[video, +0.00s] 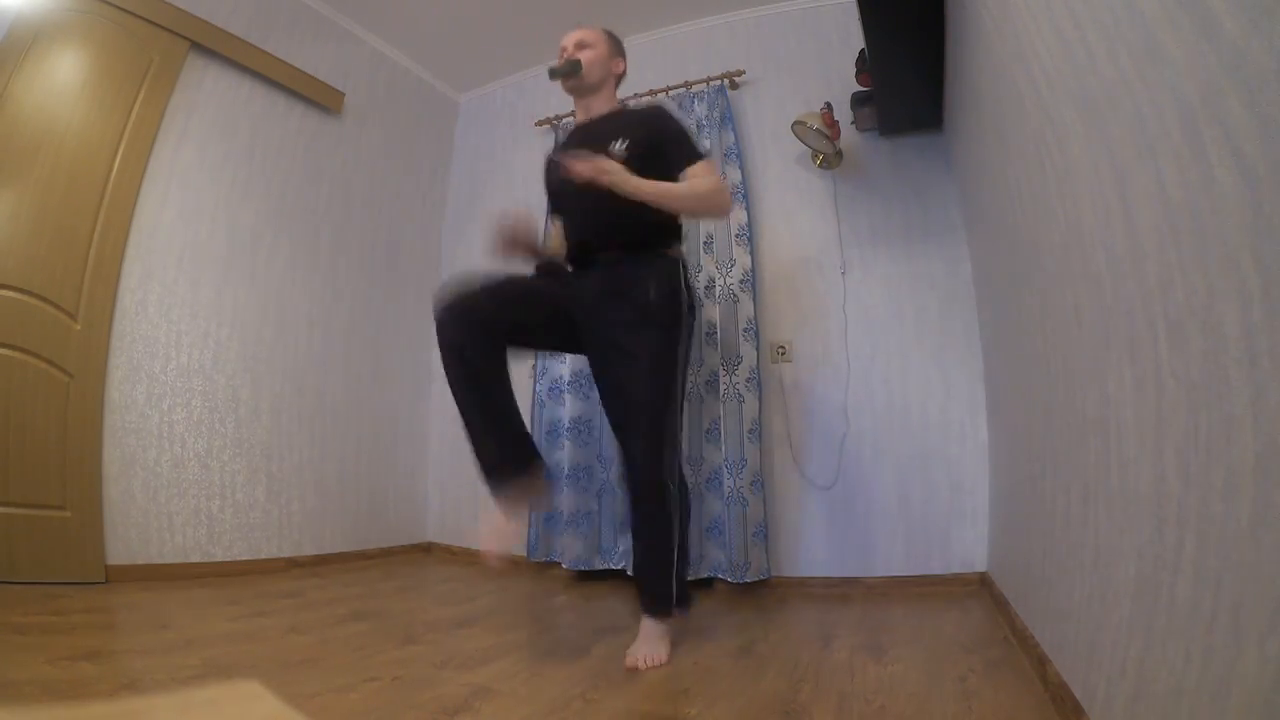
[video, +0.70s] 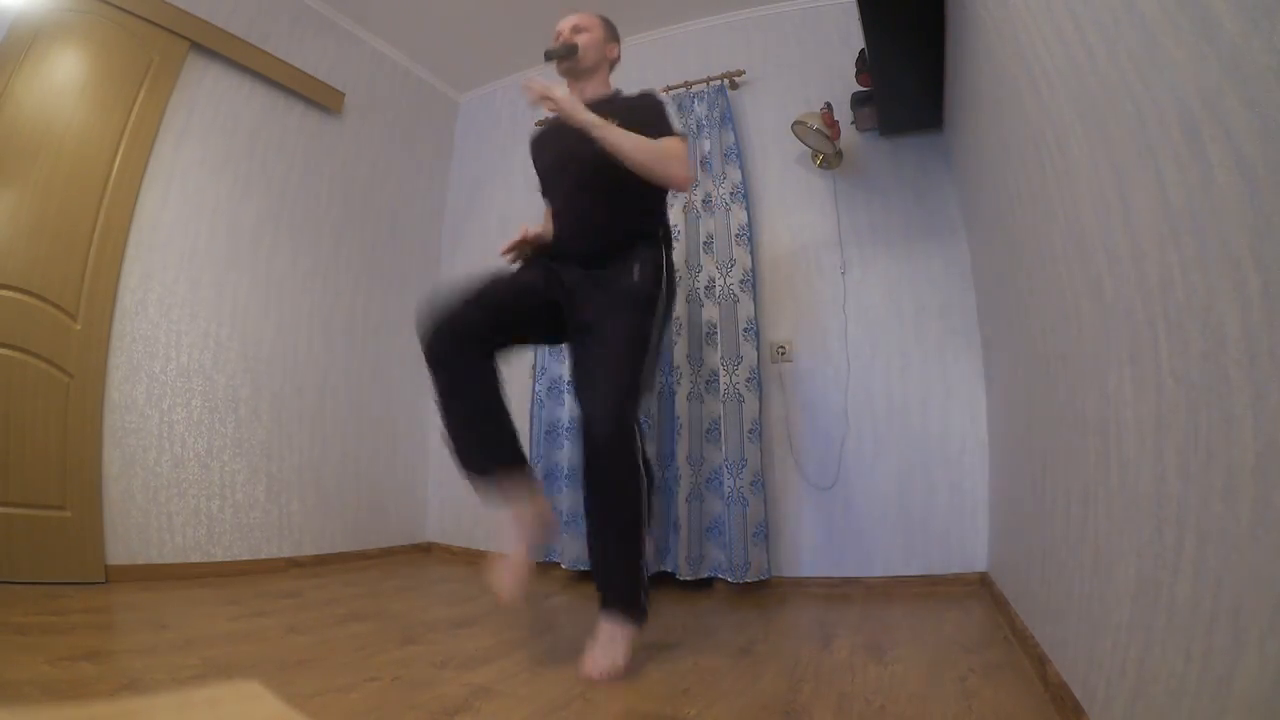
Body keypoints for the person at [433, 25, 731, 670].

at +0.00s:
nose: (567, 53)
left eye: (583, 45)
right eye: (561, 49)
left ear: (618, 65)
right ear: (558, 75)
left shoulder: (651, 123)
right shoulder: (561, 152)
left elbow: (717, 199)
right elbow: (571, 251)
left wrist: (626, 181)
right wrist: (531, 244)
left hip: (644, 298)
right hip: (577, 296)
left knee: (648, 458)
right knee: (463, 313)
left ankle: (656, 612)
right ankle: (516, 478)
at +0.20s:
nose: (574, 31)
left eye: (590, 23)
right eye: (567, 27)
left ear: (620, 45)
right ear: (560, 54)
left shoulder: (653, 108)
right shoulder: (549, 125)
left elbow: (693, 187)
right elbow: (553, 195)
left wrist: (608, 137)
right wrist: (540, 221)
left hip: (638, 263)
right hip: (569, 270)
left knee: (613, 383)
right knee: (516, 410)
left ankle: (640, 559)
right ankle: (570, 567)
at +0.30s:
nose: (571, 44)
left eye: (587, 37)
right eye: (565, 41)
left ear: (620, 59)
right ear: (559, 69)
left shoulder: (655, 137)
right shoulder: (537, 145)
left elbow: (698, 227)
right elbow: (501, 242)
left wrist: (644, 212)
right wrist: (491, 222)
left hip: (639, 288)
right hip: (565, 296)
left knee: (593, 237)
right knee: (579, 456)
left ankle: (619, 437)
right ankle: (603, 613)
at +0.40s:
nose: (561, 42)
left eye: (577, 34)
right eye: (554, 40)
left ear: (610, 56)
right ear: (547, 67)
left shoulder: (650, 127)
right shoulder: (536, 143)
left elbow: (702, 200)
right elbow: (499, 235)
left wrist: (668, 213)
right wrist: (484, 190)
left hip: (642, 280)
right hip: (567, 291)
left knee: (576, 272)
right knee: (562, 443)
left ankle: (600, 483)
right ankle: (590, 604)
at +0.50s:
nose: (555, 37)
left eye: (571, 28)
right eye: (550, 34)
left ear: (607, 49)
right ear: (546, 61)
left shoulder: (646, 106)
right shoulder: (546, 138)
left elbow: (714, 180)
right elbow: (552, 231)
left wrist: (648, 188)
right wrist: (515, 220)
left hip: (633, 273)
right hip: (567, 276)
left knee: (601, 419)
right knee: (472, 374)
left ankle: (618, 599)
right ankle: (535, 535)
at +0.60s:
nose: (559, 55)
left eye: (575, 46)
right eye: (554, 52)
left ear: (612, 69)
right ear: (550, 77)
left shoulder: (637, 125)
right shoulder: (555, 157)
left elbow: (687, 198)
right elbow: (572, 245)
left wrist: (583, 150)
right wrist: (530, 273)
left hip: (625, 305)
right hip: (559, 298)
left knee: (618, 474)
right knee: (440, 267)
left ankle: (627, 630)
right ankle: (489, 446)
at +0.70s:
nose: (562, 38)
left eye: (579, 30)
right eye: (557, 35)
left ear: (612, 51)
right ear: (552, 59)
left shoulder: (640, 110)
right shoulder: (547, 137)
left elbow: (681, 172)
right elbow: (570, 212)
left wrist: (583, 116)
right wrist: (540, 237)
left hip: (626, 282)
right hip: (560, 278)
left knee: (607, 427)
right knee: (451, 331)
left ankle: (620, 611)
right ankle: (519, 496)